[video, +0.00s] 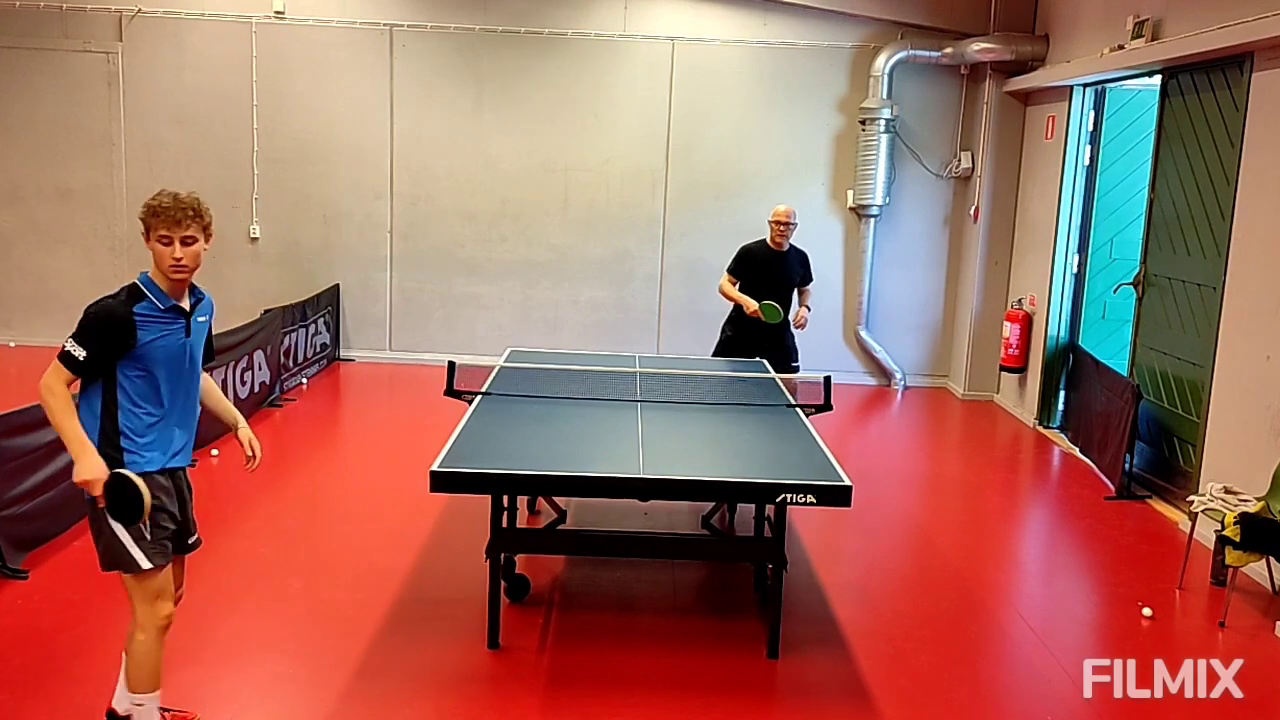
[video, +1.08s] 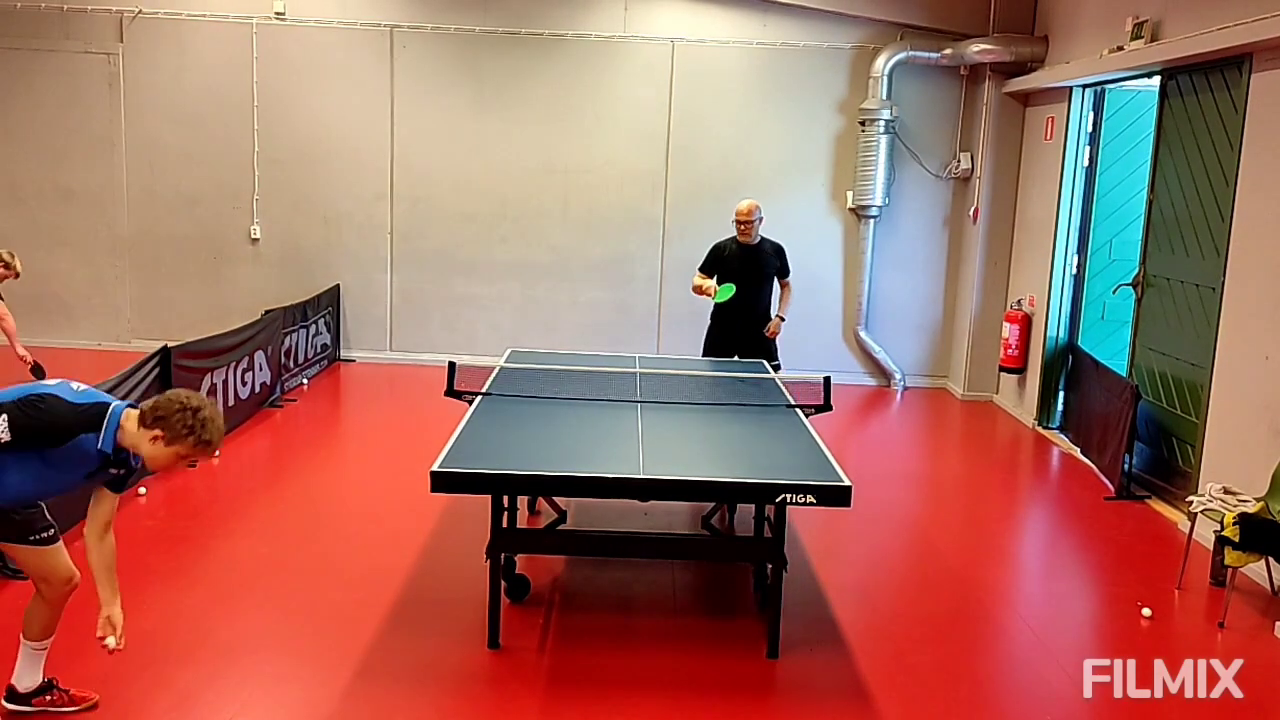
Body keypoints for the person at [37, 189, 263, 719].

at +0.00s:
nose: (178, 253)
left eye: (189, 241)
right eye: (166, 241)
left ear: (205, 246)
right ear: (148, 244)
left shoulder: (200, 308)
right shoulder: (116, 314)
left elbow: (195, 375)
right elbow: (52, 385)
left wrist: (238, 422)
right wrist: (85, 455)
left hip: (174, 475)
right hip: (130, 482)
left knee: (166, 601)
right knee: (155, 612)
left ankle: (125, 704)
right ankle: (147, 715)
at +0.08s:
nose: (163, 254)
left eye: (174, 243)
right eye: (151, 243)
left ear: (190, 243)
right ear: (132, 242)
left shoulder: (193, 305)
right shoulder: (98, 312)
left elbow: (191, 376)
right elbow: (42, 388)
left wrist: (240, 421)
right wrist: (59, 460)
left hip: (164, 474)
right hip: (113, 480)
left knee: (160, 597)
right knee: (129, 614)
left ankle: (129, 705)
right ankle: (97, 717)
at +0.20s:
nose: (138, 264)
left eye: (150, 252)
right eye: (127, 252)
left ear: (163, 247)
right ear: (104, 244)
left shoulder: (168, 303)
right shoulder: (67, 316)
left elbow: (168, 376)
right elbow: (24, 398)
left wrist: (224, 422)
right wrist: (19, 481)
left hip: (147, 479)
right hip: (87, 487)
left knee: (150, 596)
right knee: (69, 617)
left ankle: (126, 706)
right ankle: (16, 715)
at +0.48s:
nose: (108, 301)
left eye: (118, 290)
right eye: (96, 289)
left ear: (127, 278)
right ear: (66, 271)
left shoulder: (123, 320)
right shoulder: (22, 330)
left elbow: (117, 392)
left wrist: (145, 456)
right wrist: (6, 479)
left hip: (91, 478)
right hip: (28, 485)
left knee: (123, 589)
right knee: (15, 620)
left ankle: (127, 703)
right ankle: (3, 713)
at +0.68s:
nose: (126, 381)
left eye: (133, 372)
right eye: (120, 370)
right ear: (88, 345)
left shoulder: (118, 379)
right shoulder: (17, 368)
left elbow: (109, 447)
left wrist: (118, 530)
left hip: (42, 480)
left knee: (94, 572)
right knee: (1, 602)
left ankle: (85, 681)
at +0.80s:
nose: (136, 463)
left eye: (142, 459)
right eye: (133, 455)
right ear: (103, 432)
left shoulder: (112, 445)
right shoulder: (20, 414)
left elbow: (104, 515)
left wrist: (113, 588)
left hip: (23, 489)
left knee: (76, 580)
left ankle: (39, 677)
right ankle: (40, 676)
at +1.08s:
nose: (184, 468)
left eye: (191, 463)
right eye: (185, 459)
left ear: (157, 437)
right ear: (158, 437)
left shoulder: (129, 455)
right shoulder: (64, 413)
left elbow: (100, 528)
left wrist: (110, 603)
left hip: (15, 496)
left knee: (59, 580)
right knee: (56, 581)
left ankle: (26, 686)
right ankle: (26, 685)